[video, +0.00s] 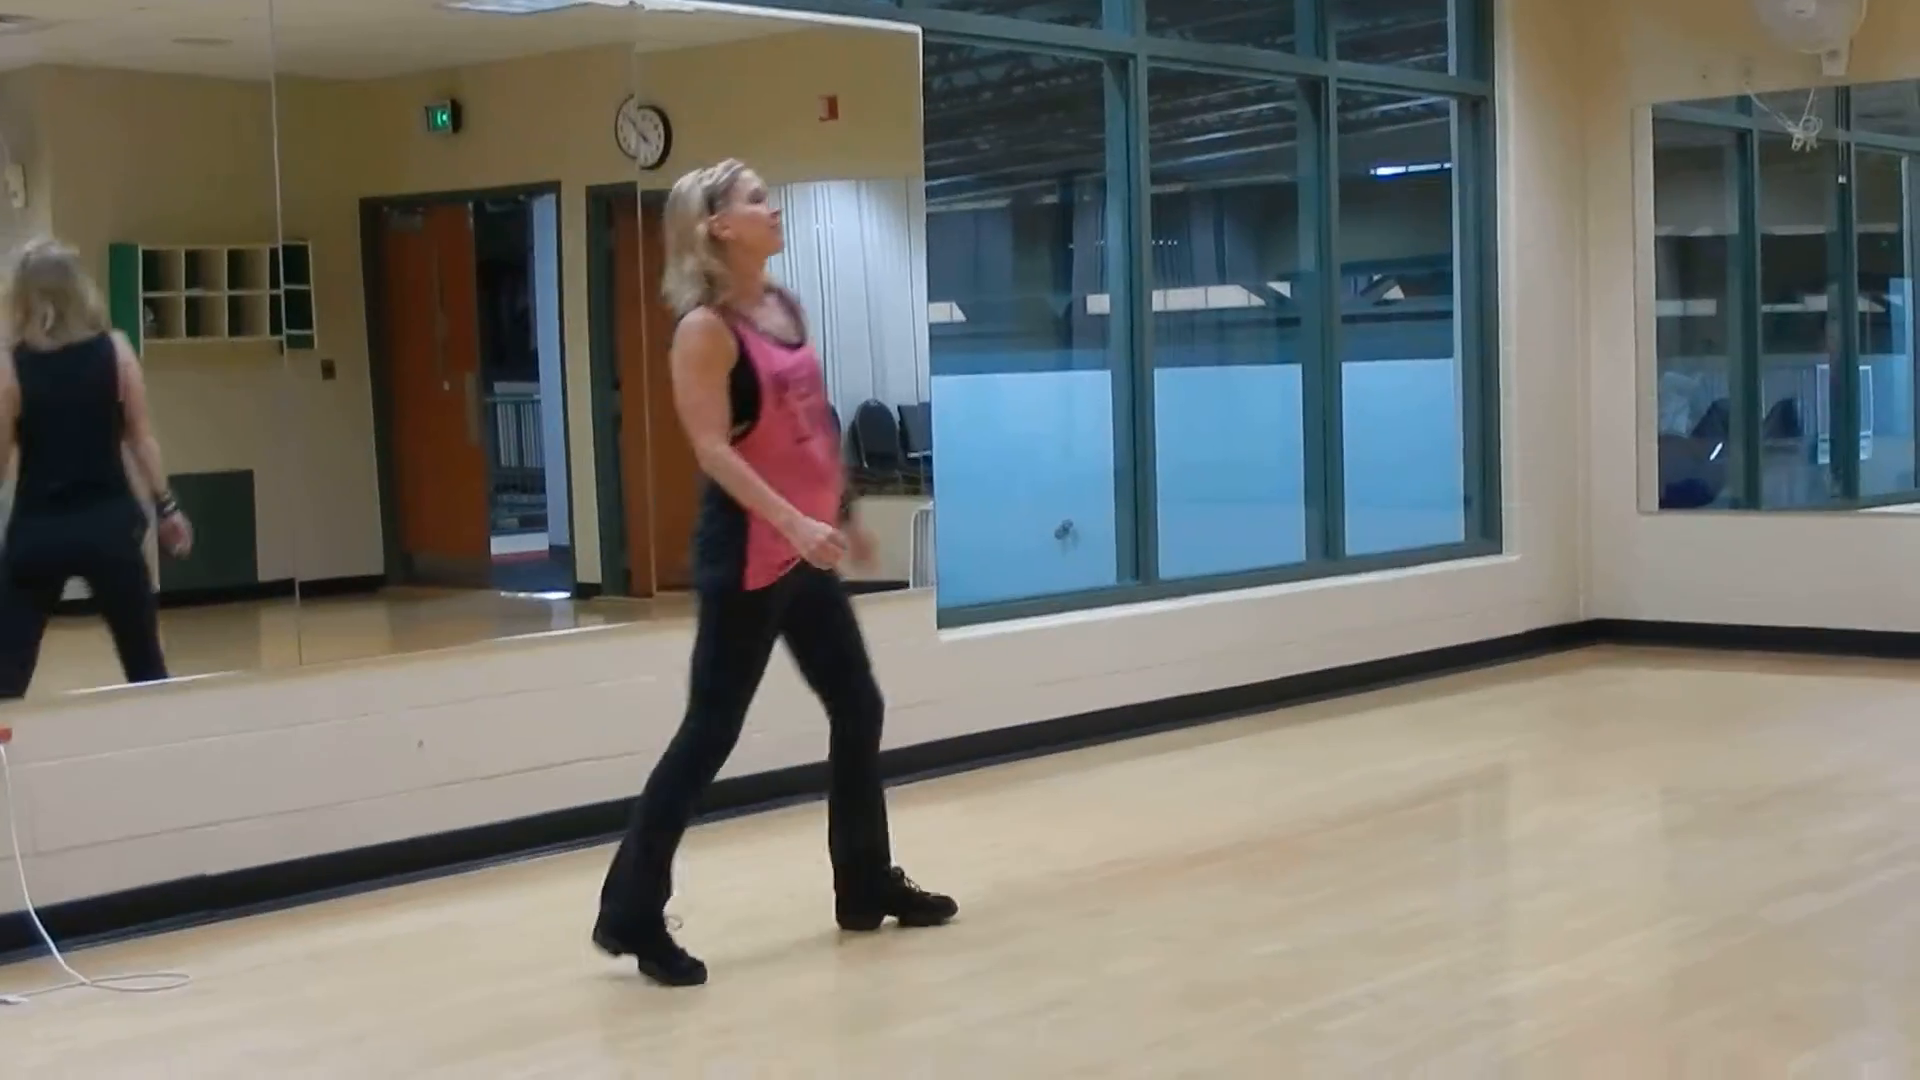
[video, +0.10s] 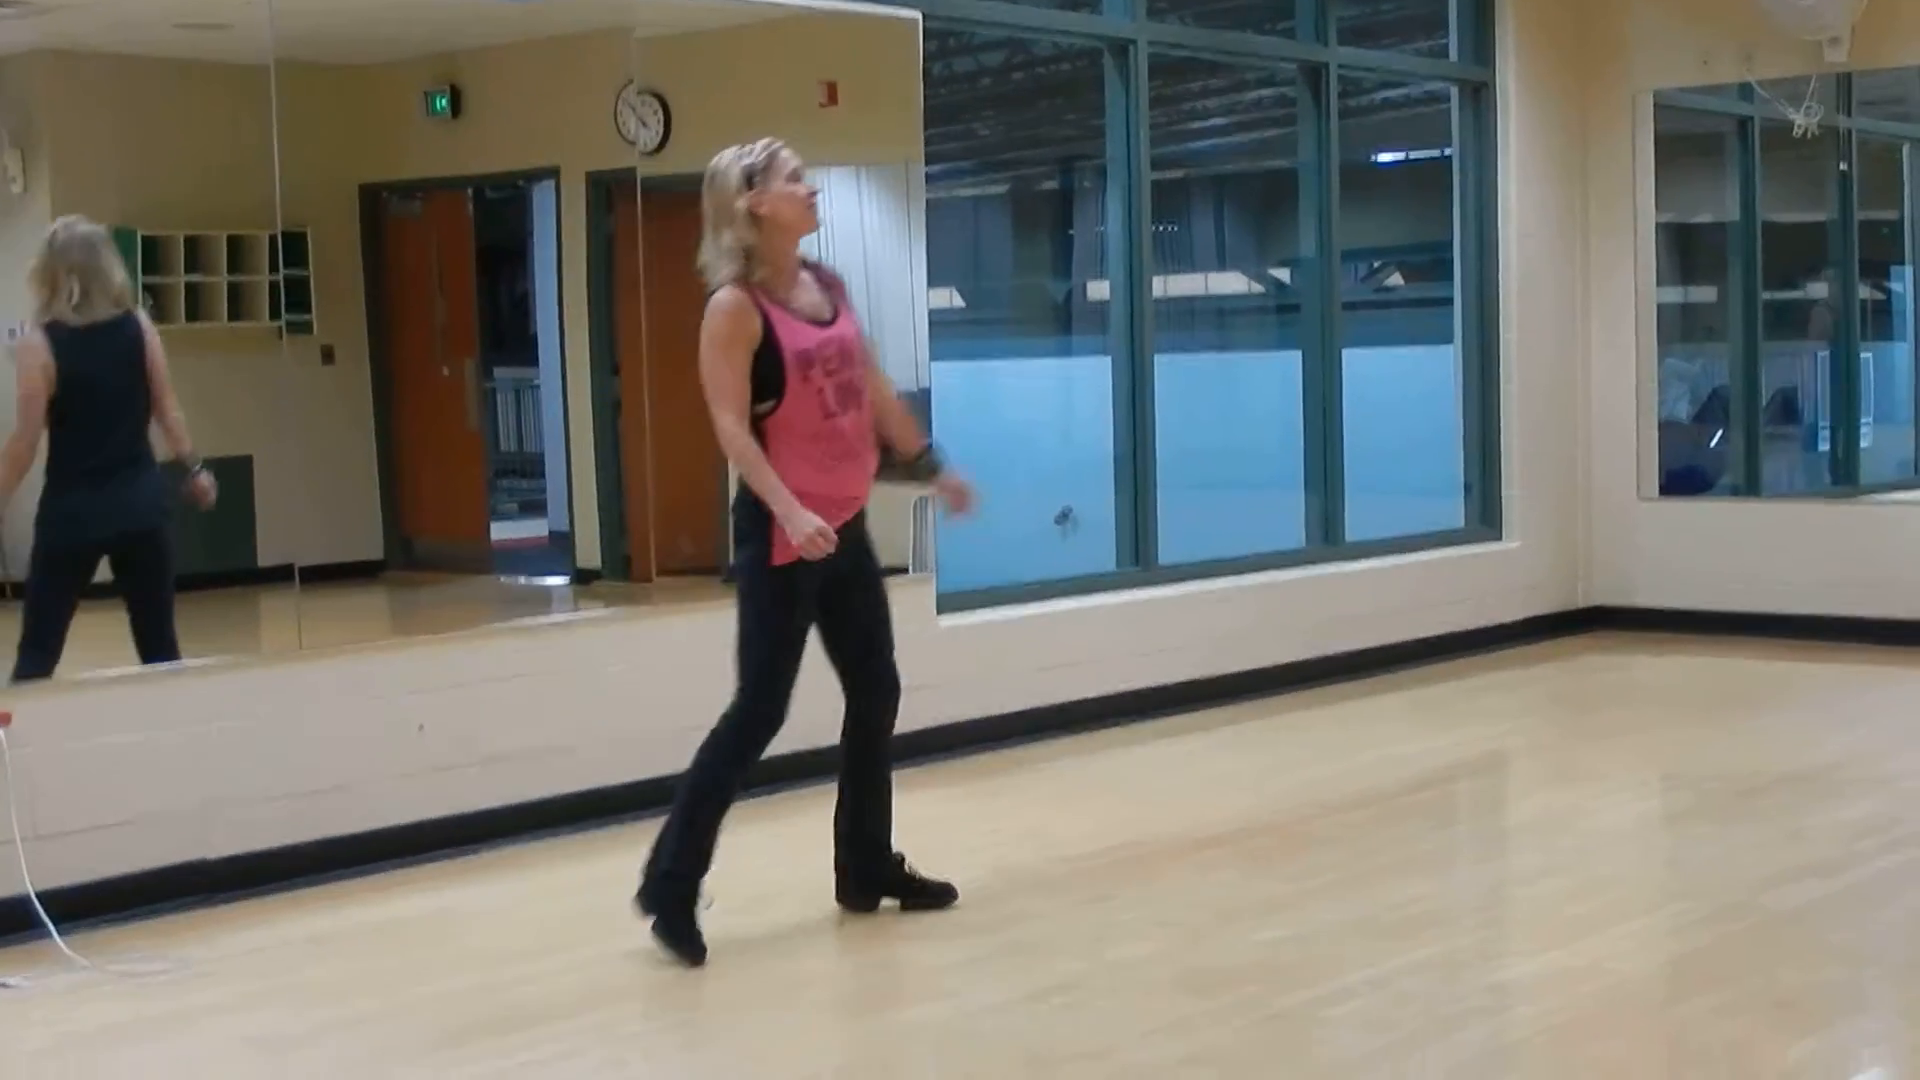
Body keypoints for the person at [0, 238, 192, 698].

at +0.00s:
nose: (13, 301)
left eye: (18, 291)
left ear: (23, 297)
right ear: (81, 291)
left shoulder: (11, 365)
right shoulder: (115, 350)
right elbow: (140, 438)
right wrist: (166, 505)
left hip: (36, 535)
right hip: (111, 531)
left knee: (8, 672)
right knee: (145, 663)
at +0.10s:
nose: (39, 276)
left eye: (45, 266)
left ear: (53, 274)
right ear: (111, 268)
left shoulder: (40, 342)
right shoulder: (140, 329)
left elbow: (26, 439)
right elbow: (166, 410)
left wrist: (3, 495)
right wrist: (194, 467)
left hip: (72, 515)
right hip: (140, 508)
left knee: (38, 652)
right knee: (159, 645)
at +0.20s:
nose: (63, 251)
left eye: (67, 242)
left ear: (74, 250)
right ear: (131, 246)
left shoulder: (63, 319)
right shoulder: (157, 305)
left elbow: (51, 415)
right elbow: (179, 383)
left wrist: (17, 487)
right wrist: (198, 424)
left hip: (92, 494)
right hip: (159, 484)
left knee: (61, 631)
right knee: (178, 622)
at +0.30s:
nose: (84, 231)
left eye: (89, 223)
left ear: (96, 231)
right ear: (152, 230)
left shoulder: (82, 297)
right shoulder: (173, 295)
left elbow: (68, 390)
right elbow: (185, 375)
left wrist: (43, 465)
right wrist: (191, 372)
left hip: (108, 473)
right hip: (173, 467)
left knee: (96, 611)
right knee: (190, 601)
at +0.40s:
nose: (92, 209)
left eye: (98, 201)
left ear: (108, 209)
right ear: (163, 210)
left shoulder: (90, 273)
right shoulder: (182, 276)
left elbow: (77, 366)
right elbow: (183, 362)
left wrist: (55, 438)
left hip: (119, 449)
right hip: (182, 441)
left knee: (123, 592)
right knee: (197, 581)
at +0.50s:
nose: (100, 191)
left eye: (106, 183)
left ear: (114, 191)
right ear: (171, 193)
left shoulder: (98, 254)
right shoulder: (188, 257)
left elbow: (81, 341)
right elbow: (193, 344)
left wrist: (60, 415)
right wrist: (173, 397)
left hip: (128, 429)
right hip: (191, 423)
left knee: (133, 569)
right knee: (203, 561)